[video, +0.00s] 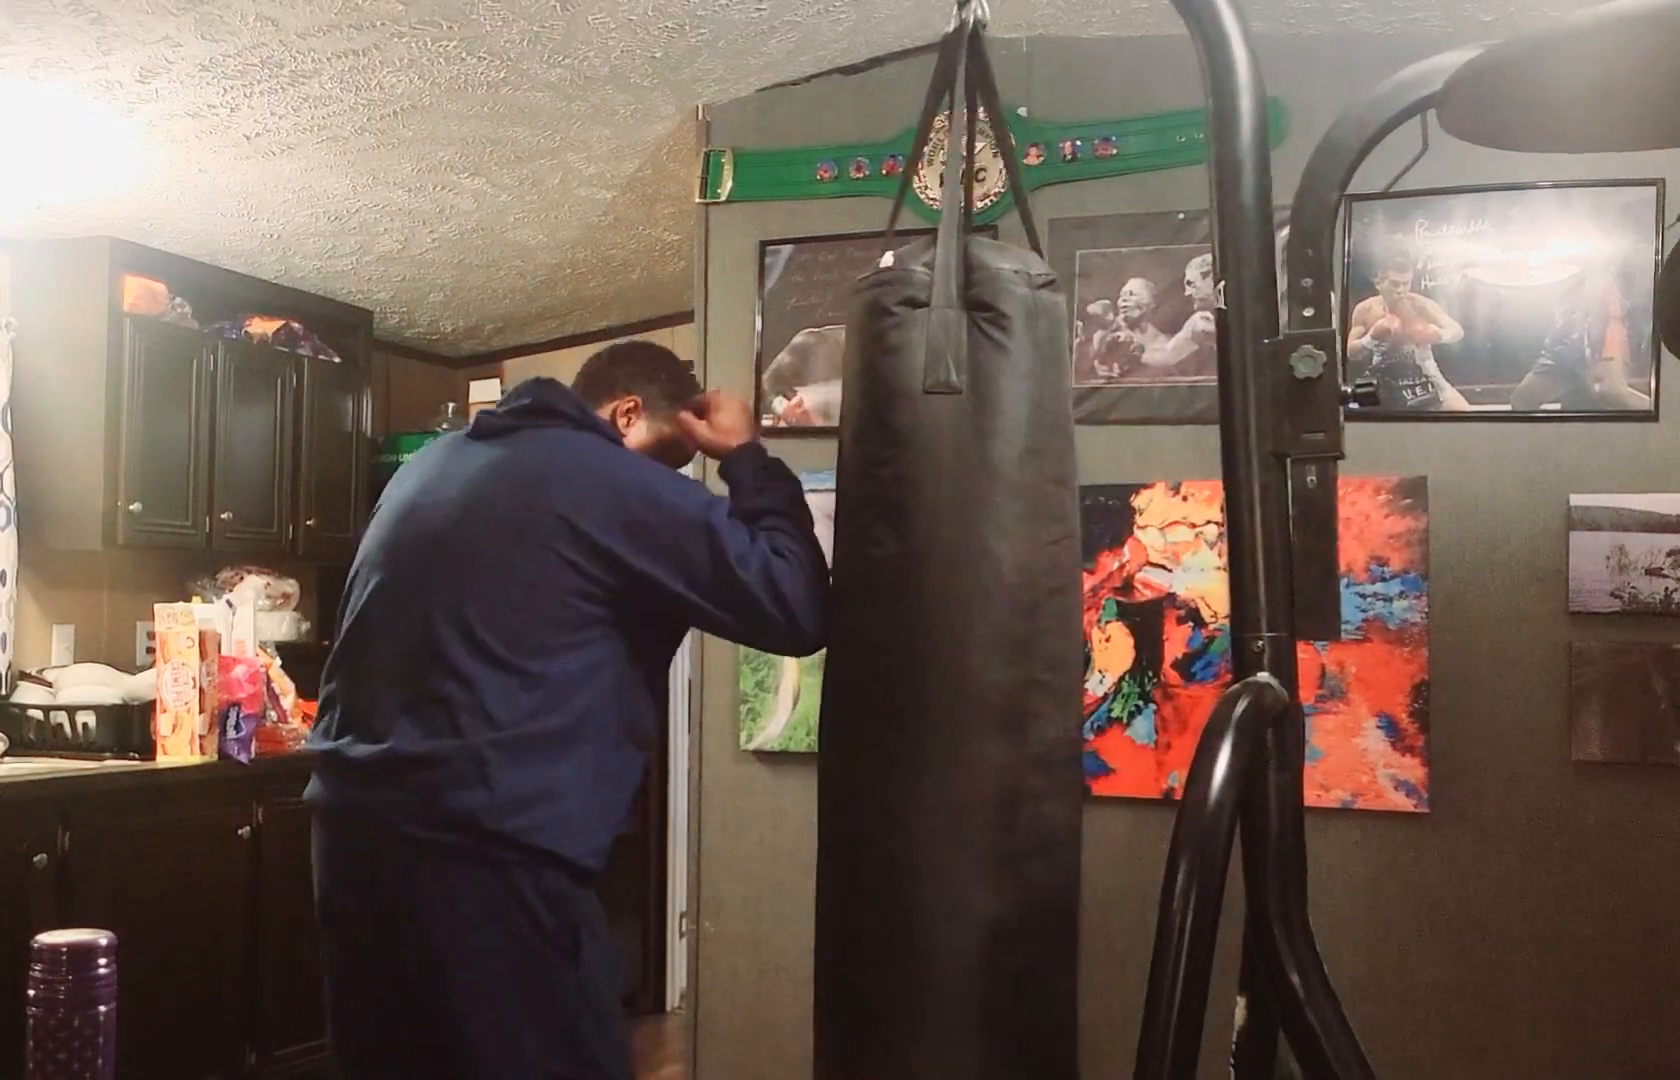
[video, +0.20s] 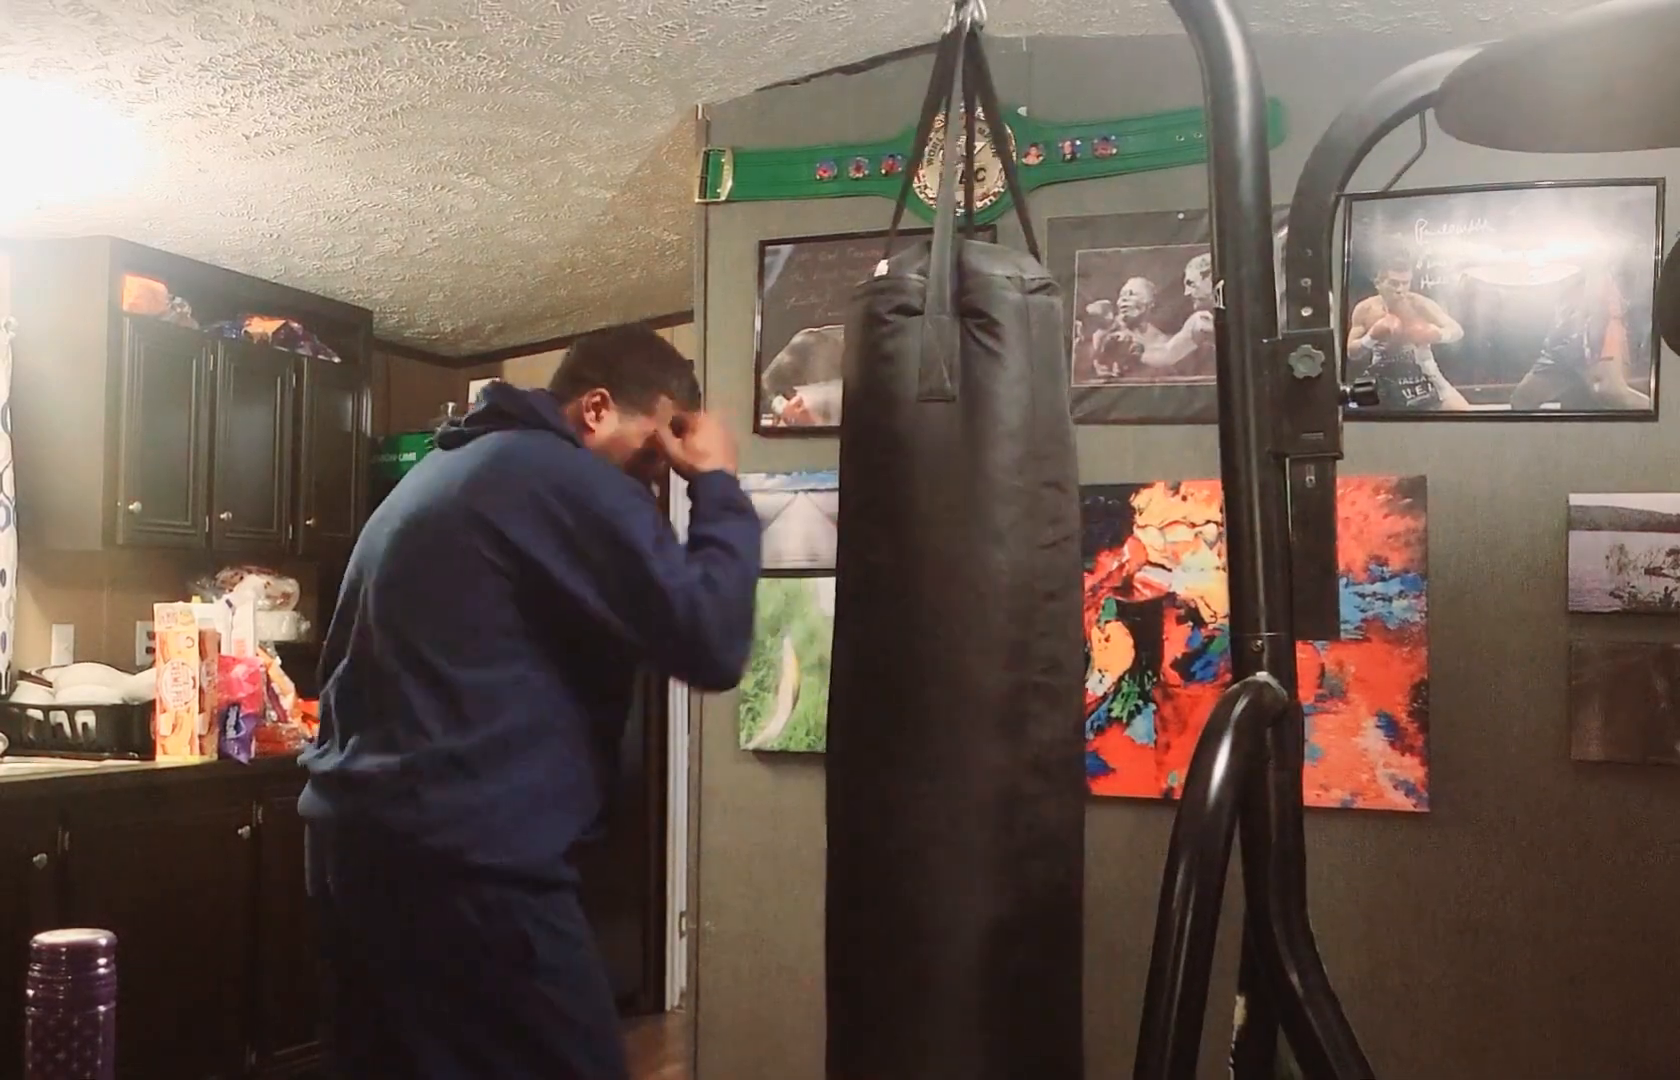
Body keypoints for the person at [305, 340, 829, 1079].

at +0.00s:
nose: (663, 476)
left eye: (673, 461)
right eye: (669, 455)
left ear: (581, 403)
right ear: (628, 414)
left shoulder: (431, 461)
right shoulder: (609, 481)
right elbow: (796, 605)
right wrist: (748, 455)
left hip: (351, 839)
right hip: (499, 857)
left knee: (385, 1064)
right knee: (559, 1061)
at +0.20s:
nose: (653, 478)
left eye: (663, 458)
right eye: (652, 450)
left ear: (582, 406)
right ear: (596, 409)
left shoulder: (442, 470)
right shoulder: (557, 476)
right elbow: (714, 649)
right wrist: (718, 481)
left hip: (357, 849)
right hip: (478, 864)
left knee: (393, 1063)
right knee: (572, 1062)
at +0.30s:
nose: (668, 455)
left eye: (675, 435)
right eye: (658, 431)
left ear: (588, 398)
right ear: (588, 398)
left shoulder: (481, 462)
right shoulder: (531, 478)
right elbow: (632, 673)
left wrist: (659, 514)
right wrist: (697, 516)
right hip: (473, 860)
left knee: (442, 1059)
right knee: (578, 1060)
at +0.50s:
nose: (700, 466)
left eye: (709, 443)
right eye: (684, 443)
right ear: (609, 415)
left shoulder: (624, 497)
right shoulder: (497, 512)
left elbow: (765, 634)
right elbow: (488, 728)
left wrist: (752, 471)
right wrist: (651, 620)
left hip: (566, 871)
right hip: (501, 885)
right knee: (611, 1062)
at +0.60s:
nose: (740, 487)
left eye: (748, 465)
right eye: (725, 465)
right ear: (646, 435)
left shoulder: (715, 518)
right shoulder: (517, 532)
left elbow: (845, 628)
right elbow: (445, 748)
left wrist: (815, 473)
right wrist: (638, 685)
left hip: (614, 887)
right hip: (528, 898)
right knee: (649, 1065)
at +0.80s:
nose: (822, 477)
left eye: (829, 457)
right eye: (810, 454)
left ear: (737, 432)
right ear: (736, 428)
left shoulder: (747, 518)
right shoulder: (602, 519)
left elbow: (847, 627)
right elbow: (454, 702)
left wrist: (852, 497)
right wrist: (643, 779)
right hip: (561, 886)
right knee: (693, 1064)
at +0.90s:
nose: (840, 441)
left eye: (848, 420)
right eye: (835, 416)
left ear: (761, 396)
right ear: (767, 397)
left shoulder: (633, 455)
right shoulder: (699, 484)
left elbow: (760, 620)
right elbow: (580, 673)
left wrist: (814, 498)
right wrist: (780, 723)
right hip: (598, 875)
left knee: (505, 1066)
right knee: (684, 1064)